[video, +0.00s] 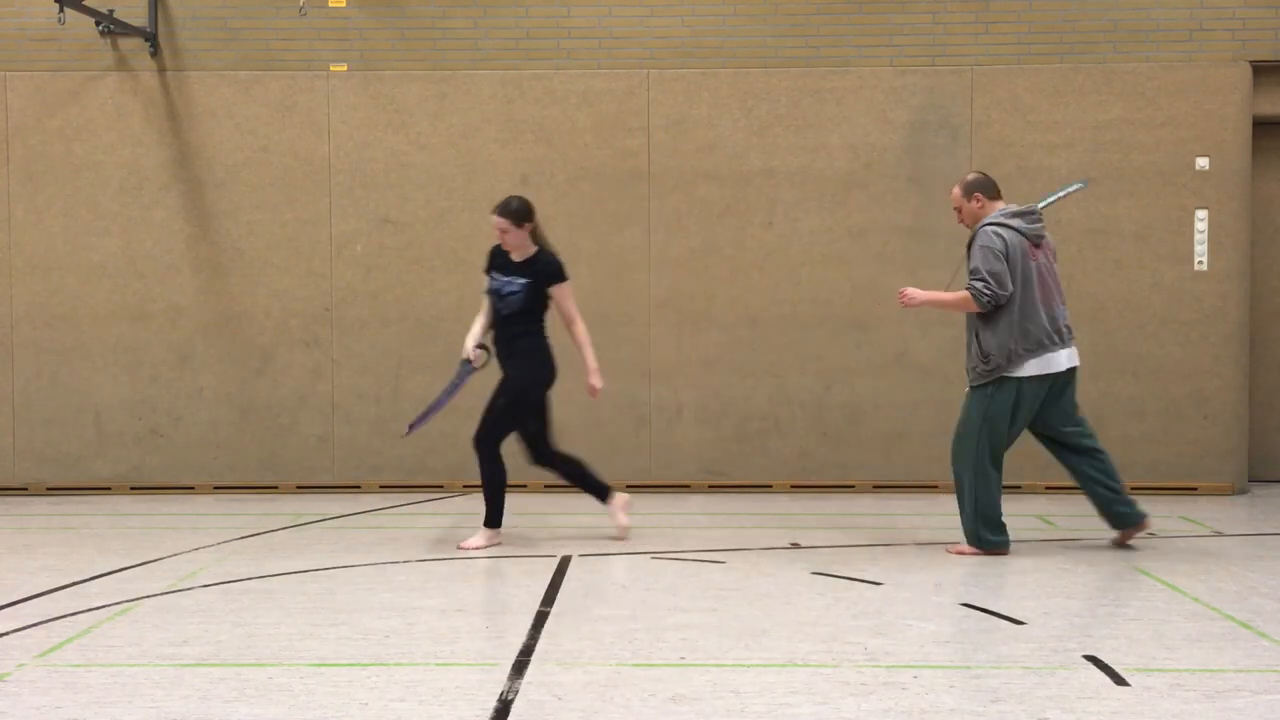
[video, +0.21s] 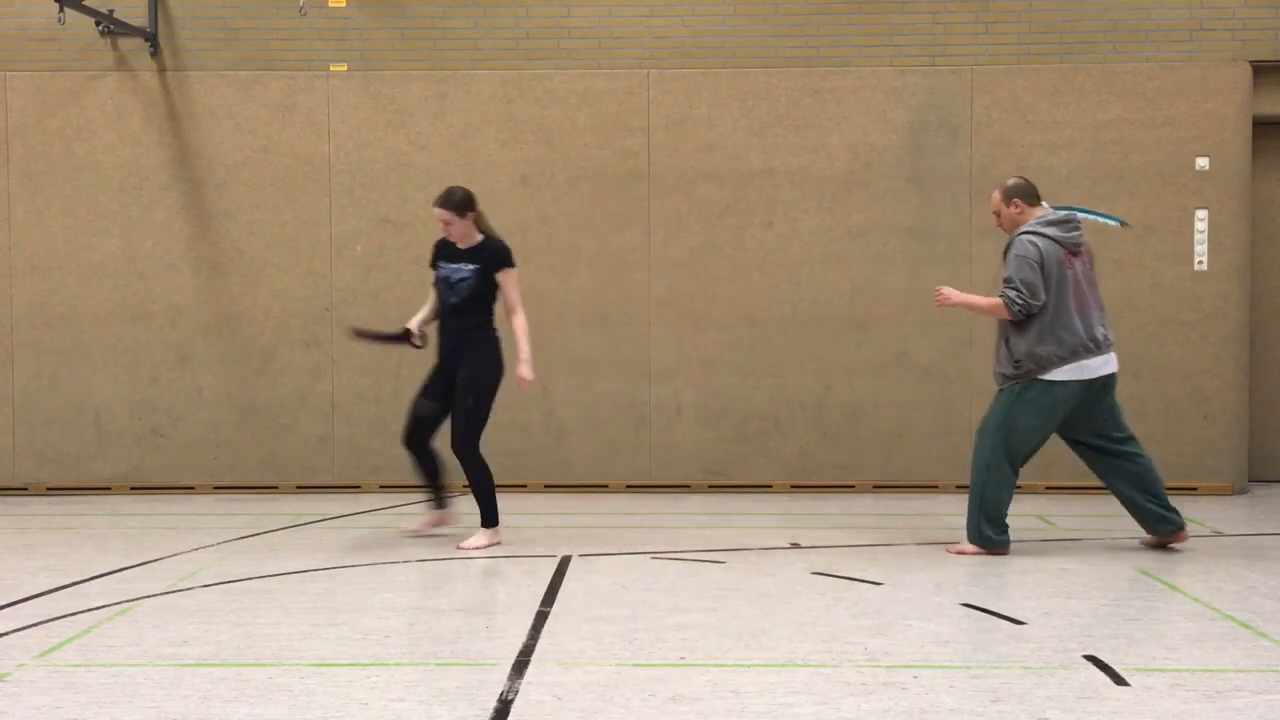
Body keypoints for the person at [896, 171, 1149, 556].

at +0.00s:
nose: (957, 218)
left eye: (958, 209)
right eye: (955, 210)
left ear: (977, 201)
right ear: (988, 199)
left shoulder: (989, 235)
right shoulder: (1030, 229)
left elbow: (986, 296)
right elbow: (1041, 287)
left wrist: (927, 297)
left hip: (1013, 368)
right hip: (1057, 360)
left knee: (972, 448)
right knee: (1070, 437)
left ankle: (987, 539)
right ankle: (1128, 517)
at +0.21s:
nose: (997, 223)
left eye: (998, 215)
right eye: (995, 216)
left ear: (1017, 207)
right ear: (1028, 206)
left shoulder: (1027, 243)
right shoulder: (1071, 235)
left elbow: (1018, 305)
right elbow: (1076, 295)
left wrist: (962, 299)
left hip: (1050, 372)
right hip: (1095, 366)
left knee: (995, 443)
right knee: (1114, 446)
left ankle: (988, 538)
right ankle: (1166, 524)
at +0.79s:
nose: (1053, 205)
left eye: (1057, 196)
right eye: (1052, 197)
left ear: (1081, 194)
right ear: (1088, 193)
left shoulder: (1084, 235)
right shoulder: (1122, 229)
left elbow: (1036, 276)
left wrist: (1025, 235)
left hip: (1087, 370)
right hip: (1129, 367)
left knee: (1047, 447)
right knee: (1134, 450)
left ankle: (1021, 538)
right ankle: (1172, 534)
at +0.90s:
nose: (1055, 204)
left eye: (1059, 196)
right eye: (1055, 197)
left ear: (1083, 193)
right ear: (1090, 194)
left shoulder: (1089, 234)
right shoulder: (1121, 229)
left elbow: (1032, 267)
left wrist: (1037, 225)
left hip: (1087, 369)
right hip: (1127, 367)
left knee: (1044, 444)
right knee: (1133, 449)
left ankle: (1020, 538)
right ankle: (1172, 534)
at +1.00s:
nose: (1057, 204)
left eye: (1061, 196)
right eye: (1057, 197)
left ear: (1085, 194)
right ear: (1091, 194)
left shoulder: (1090, 234)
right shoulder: (1122, 229)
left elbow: (1033, 264)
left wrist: (1041, 224)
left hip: (1086, 370)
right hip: (1126, 368)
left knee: (1042, 444)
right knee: (1132, 451)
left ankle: (1017, 537)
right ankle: (1172, 534)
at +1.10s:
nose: (1057, 205)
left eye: (1061, 197)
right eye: (1057, 198)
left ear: (1085, 195)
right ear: (1091, 195)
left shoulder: (1091, 235)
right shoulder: (1121, 230)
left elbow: (1033, 265)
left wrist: (1042, 225)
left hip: (1086, 370)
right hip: (1125, 368)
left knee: (1040, 444)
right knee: (1131, 450)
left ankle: (1017, 537)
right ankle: (1172, 534)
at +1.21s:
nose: (1057, 204)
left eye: (1061, 197)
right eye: (1057, 197)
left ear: (1085, 194)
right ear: (1091, 195)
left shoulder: (1090, 235)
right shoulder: (1120, 230)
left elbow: (1033, 266)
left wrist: (1041, 225)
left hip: (1085, 370)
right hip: (1124, 368)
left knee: (1040, 445)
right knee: (1130, 449)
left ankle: (1016, 537)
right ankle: (1172, 534)